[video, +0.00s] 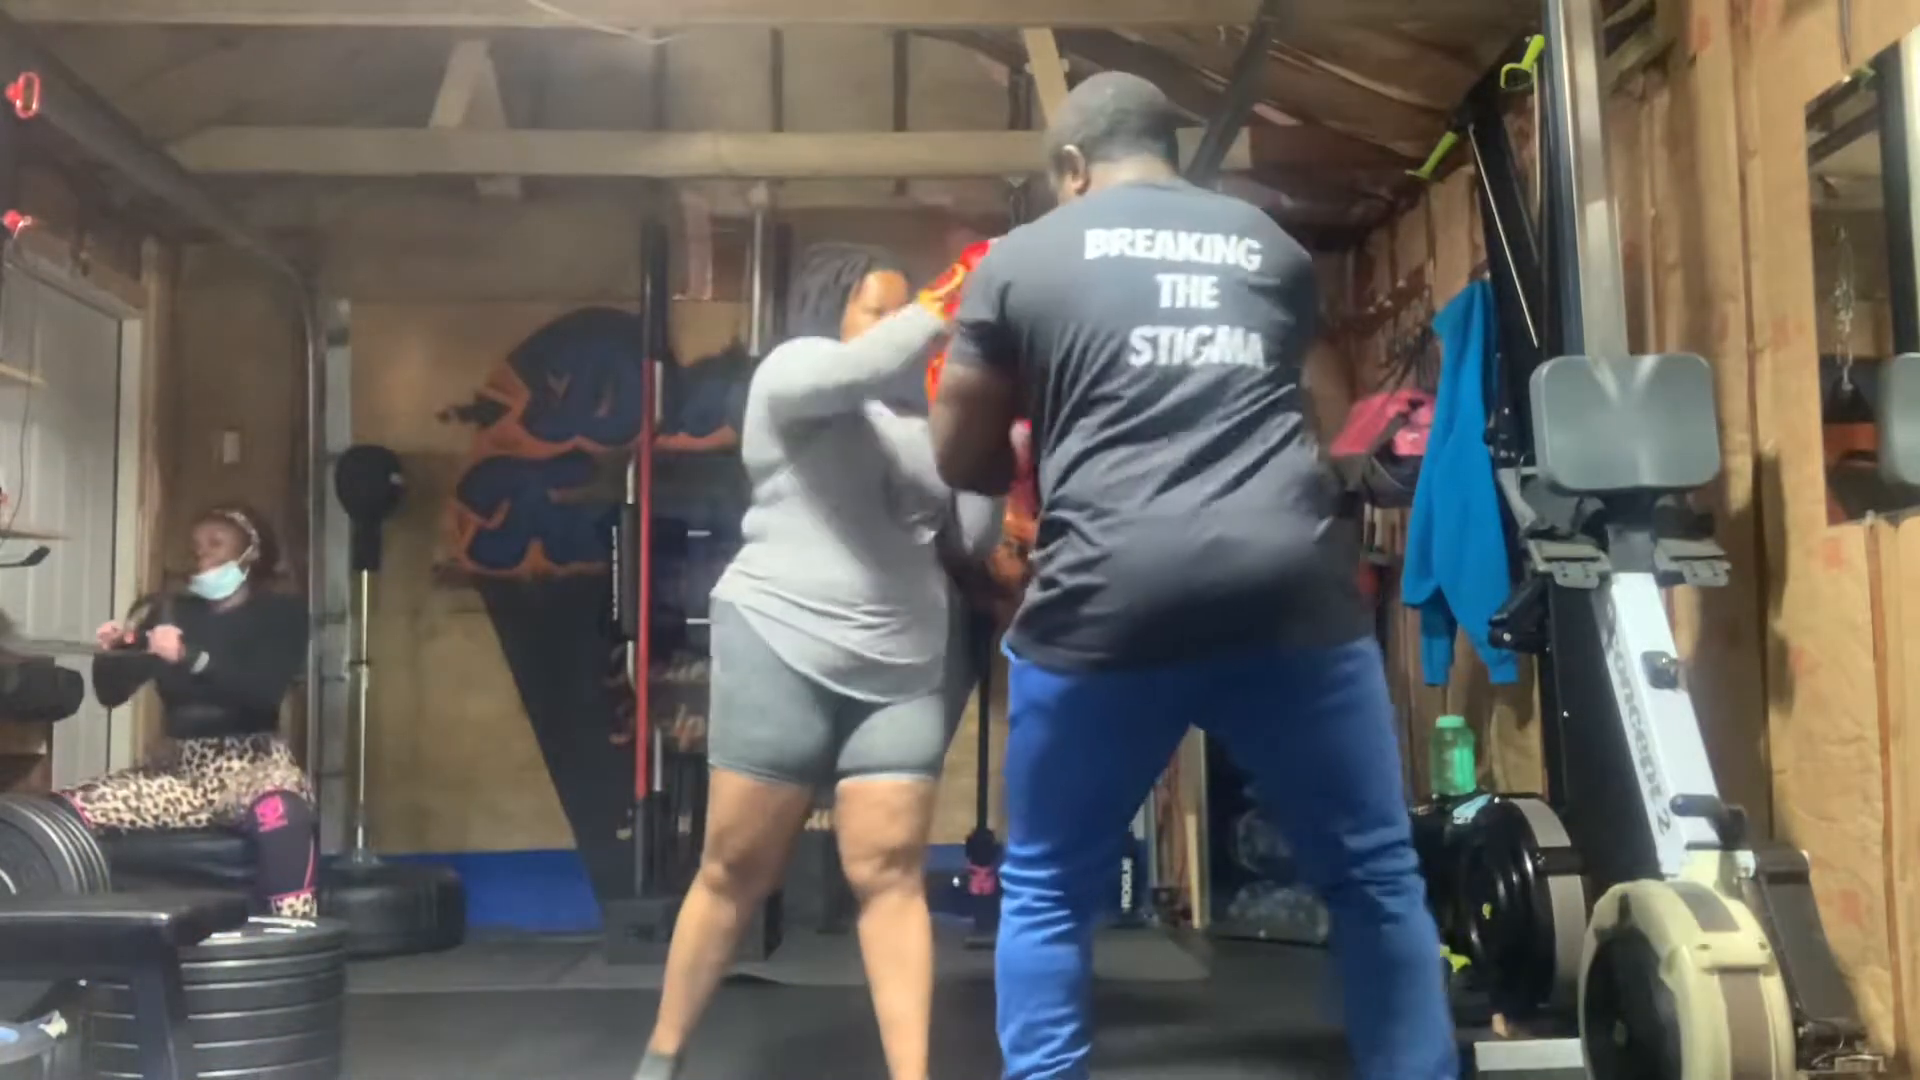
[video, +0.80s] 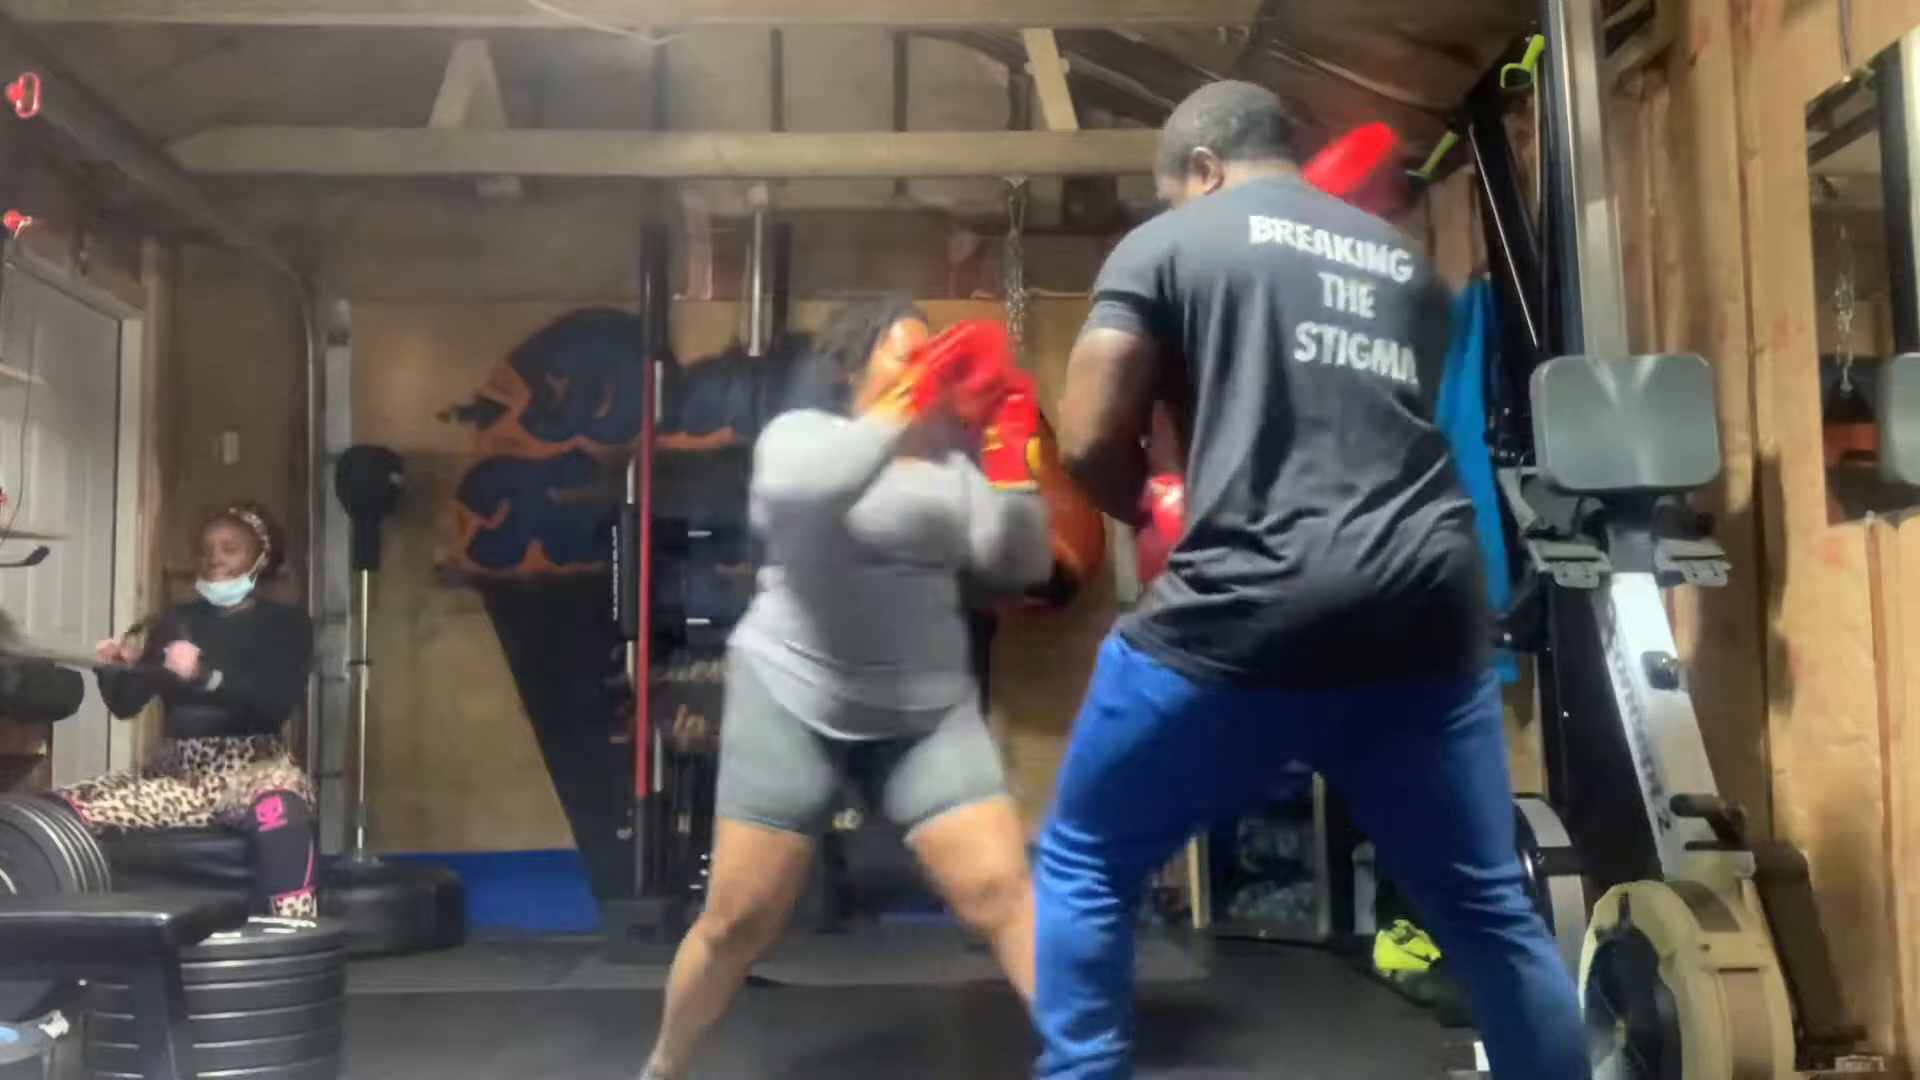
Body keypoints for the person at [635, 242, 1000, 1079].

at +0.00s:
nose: (900, 325)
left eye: (906, 312)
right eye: (880, 309)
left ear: (909, 323)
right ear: (826, 309)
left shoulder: (927, 424)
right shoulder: (787, 373)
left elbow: (973, 540)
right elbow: (868, 366)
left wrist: (1001, 452)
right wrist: (947, 301)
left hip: (904, 665)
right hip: (779, 641)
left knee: (890, 871)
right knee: (731, 870)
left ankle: (911, 1073)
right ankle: (661, 1056)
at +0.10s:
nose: (890, 340)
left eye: (898, 326)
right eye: (871, 323)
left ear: (905, 334)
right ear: (819, 321)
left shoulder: (913, 414)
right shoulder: (780, 377)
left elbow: (960, 546)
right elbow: (835, 413)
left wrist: (970, 434)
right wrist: (931, 361)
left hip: (896, 663)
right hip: (770, 642)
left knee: (890, 870)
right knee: (729, 873)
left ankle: (912, 1073)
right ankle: (662, 1057)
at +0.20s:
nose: (876, 343)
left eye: (887, 329)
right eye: (858, 326)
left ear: (897, 340)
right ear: (809, 330)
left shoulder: (908, 427)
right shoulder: (761, 399)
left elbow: (945, 561)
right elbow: (762, 494)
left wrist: (961, 474)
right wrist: (876, 443)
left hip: (877, 666)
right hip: (750, 647)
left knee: (883, 871)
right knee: (721, 879)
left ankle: (911, 1073)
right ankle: (660, 1061)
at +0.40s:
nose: (841, 358)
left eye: (850, 345)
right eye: (824, 339)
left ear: (857, 356)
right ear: (773, 341)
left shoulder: (860, 445)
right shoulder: (711, 431)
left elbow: (894, 582)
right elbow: (672, 557)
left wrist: (903, 525)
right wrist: (769, 505)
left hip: (843, 687)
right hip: (713, 683)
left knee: (874, 869)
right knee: (702, 888)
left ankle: (902, 1072)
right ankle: (667, 1066)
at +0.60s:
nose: (844, 382)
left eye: (851, 368)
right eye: (827, 363)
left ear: (857, 378)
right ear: (774, 365)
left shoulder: (866, 471)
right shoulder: (707, 460)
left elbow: (915, 600)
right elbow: (666, 589)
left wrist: (914, 513)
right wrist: (755, 536)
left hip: (860, 703)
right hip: (722, 704)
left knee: (923, 864)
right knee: (697, 906)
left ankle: (925, 1066)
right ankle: (667, 1072)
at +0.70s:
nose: (876, 381)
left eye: (883, 367)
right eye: (857, 363)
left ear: (891, 379)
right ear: (802, 366)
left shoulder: (905, 466)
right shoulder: (746, 452)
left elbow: (955, 575)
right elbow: (709, 572)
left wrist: (955, 463)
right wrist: (806, 475)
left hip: (884, 707)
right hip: (745, 706)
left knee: (965, 887)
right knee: (707, 915)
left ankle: (1044, 1073)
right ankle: (666, 1069)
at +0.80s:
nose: (922, 374)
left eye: (929, 360)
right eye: (904, 356)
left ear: (938, 376)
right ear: (851, 364)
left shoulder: (951, 466)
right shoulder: (798, 437)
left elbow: (1014, 566)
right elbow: (800, 486)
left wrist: (1009, 460)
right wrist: (910, 413)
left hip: (929, 706)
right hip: (790, 697)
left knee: (999, 889)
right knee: (738, 917)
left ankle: (1089, 1059)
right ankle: (664, 1068)